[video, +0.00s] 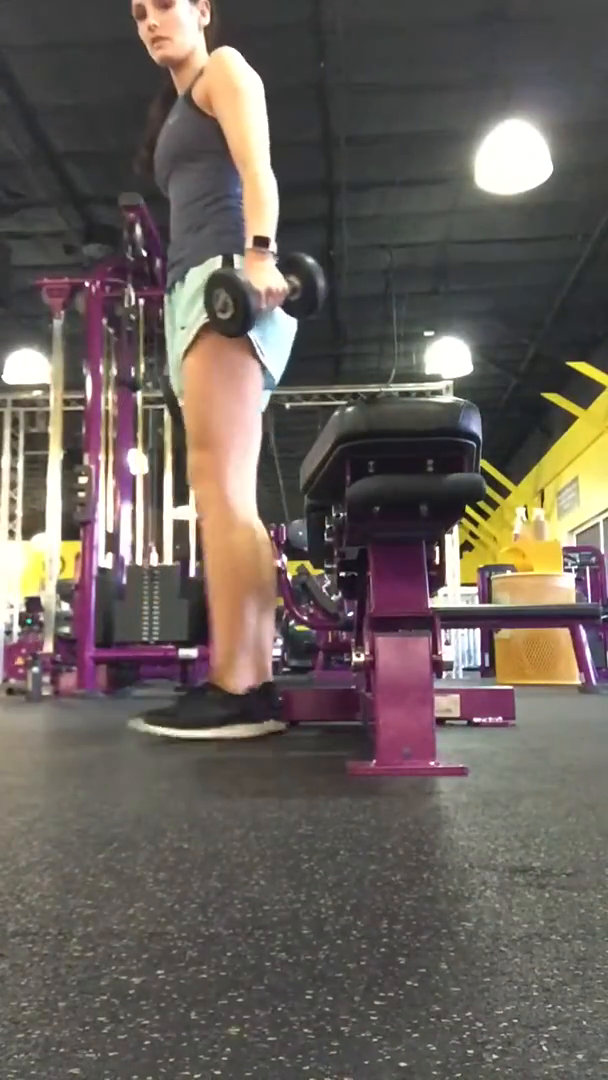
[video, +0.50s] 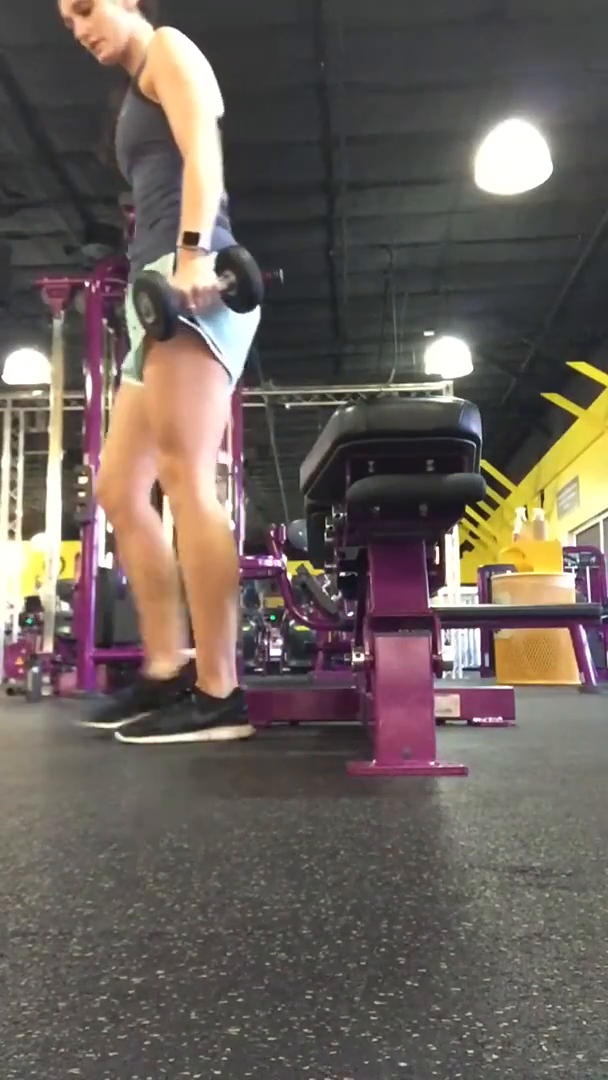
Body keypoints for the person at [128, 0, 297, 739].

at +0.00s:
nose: (150, 22)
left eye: (163, 8)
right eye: (140, 13)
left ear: (200, 11)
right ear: (139, 25)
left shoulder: (223, 67)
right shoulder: (183, 101)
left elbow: (255, 164)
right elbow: (198, 212)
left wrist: (259, 253)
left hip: (224, 284)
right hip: (202, 290)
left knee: (221, 491)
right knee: (224, 493)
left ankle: (236, 685)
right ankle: (248, 681)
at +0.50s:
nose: (79, 26)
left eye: (87, 8)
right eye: (69, 18)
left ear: (128, 1)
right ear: (72, 27)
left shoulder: (167, 49)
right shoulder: (135, 91)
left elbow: (201, 149)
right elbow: (155, 201)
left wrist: (191, 250)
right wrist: (143, 277)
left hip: (199, 283)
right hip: (162, 291)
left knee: (185, 476)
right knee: (121, 488)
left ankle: (219, 691)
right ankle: (165, 674)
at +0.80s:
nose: (51, 27)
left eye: (63, 11)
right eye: (42, 17)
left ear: (103, 12)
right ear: (43, 30)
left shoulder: (128, 67)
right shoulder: (93, 100)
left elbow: (164, 160)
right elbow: (119, 206)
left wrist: (156, 251)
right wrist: (106, 286)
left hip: (163, 293)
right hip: (129, 300)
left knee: (146, 488)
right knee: (107, 494)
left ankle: (213, 685)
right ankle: (108, 688)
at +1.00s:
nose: (47, 30)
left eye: (61, 16)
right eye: (38, 21)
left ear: (100, 25)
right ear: (38, 38)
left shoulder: (112, 76)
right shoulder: (90, 103)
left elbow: (150, 165)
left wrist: (131, 244)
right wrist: (92, 280)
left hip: (133, 292)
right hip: (165, 300)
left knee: (44, 461)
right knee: (117, 501)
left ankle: (185, 604)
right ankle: (110, 689)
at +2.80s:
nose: (80, 11)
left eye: (94, 2)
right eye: (72, 4)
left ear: (127, 10)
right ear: (66, 19)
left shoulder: (130, 58)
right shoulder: (100, 83)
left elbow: (147, 147)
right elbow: (101, 184)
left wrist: (101, 220)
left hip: (123, 265)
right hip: (101, 274)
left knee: (123, 459)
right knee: (45, 467)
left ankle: (313, 490)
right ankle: (79, 658)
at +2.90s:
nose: (76, 19)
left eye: (91, 8)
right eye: (67, 9)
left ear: (125, 17)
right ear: (61, 23)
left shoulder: (127, 70)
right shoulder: (97, 93)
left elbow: (141, 159)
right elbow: (104, 190)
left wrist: (98, 236)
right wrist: (73, 260)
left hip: (116, 277)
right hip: (88, 284)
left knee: (120, 472)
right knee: (47, 487)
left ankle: (311, 492)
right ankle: (75, 676)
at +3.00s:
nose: (70, 37)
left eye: (84, 23)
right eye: (60, 27)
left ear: (121, 36)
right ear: (57, 42)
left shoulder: (120, 91)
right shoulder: (92, 108)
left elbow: (132, 179)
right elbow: (93, 208)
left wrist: (95, 266)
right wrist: (70, 277)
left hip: (110, 301)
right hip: (85, 307)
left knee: (116, 493)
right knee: (51, 504)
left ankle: (304, 494)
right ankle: (81, 690)